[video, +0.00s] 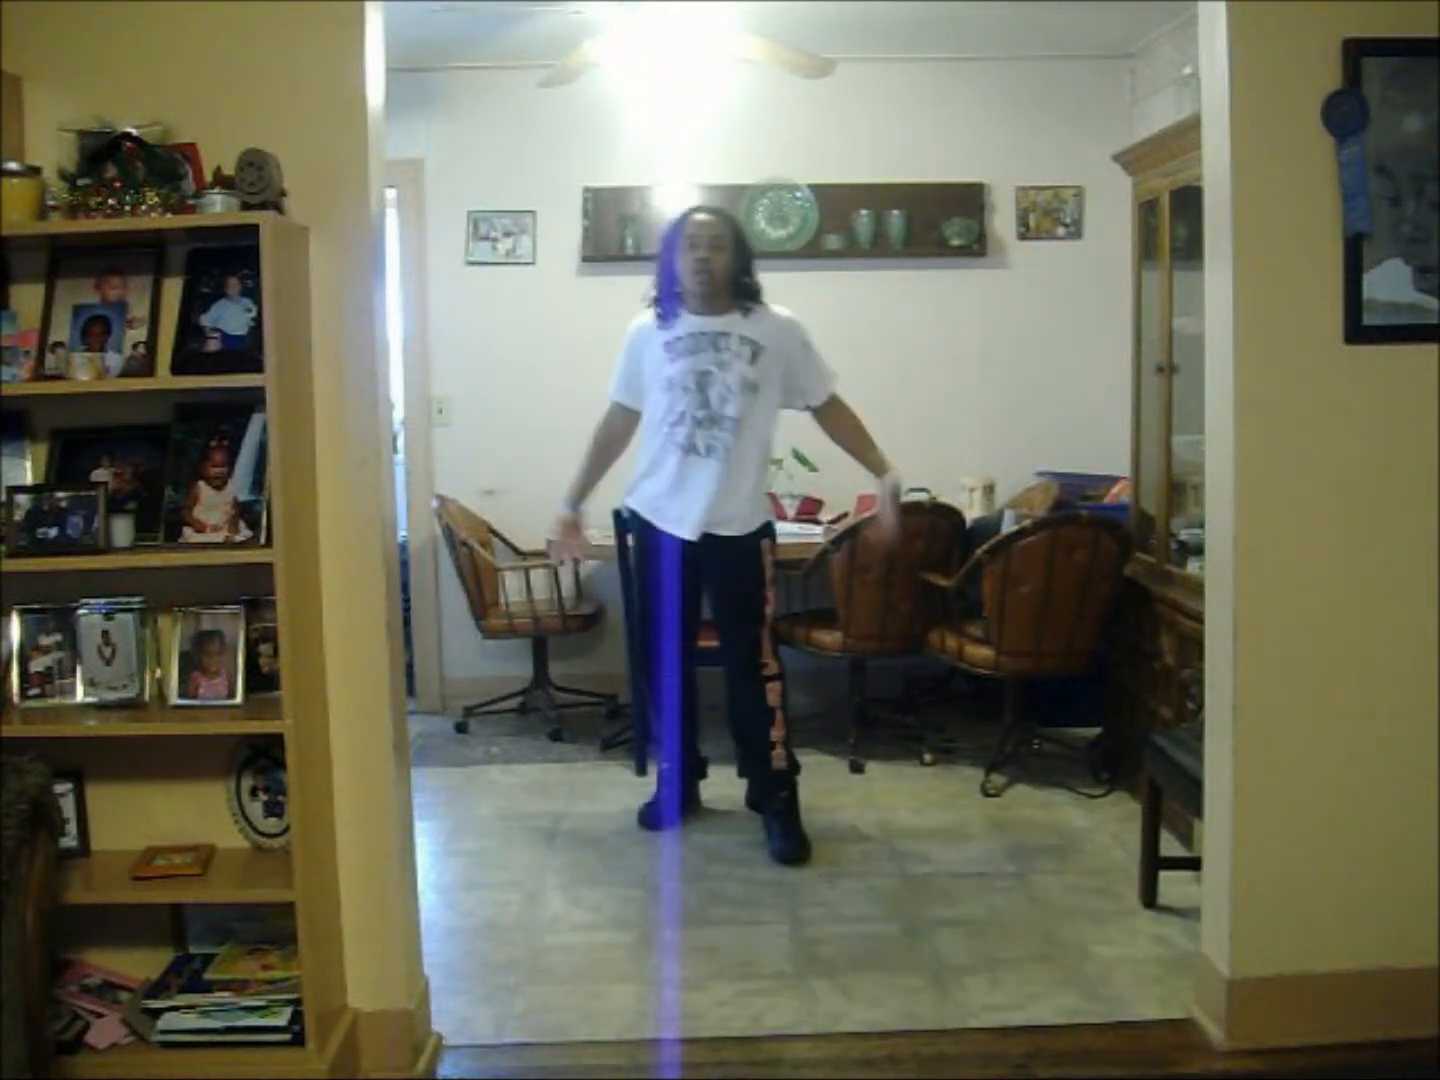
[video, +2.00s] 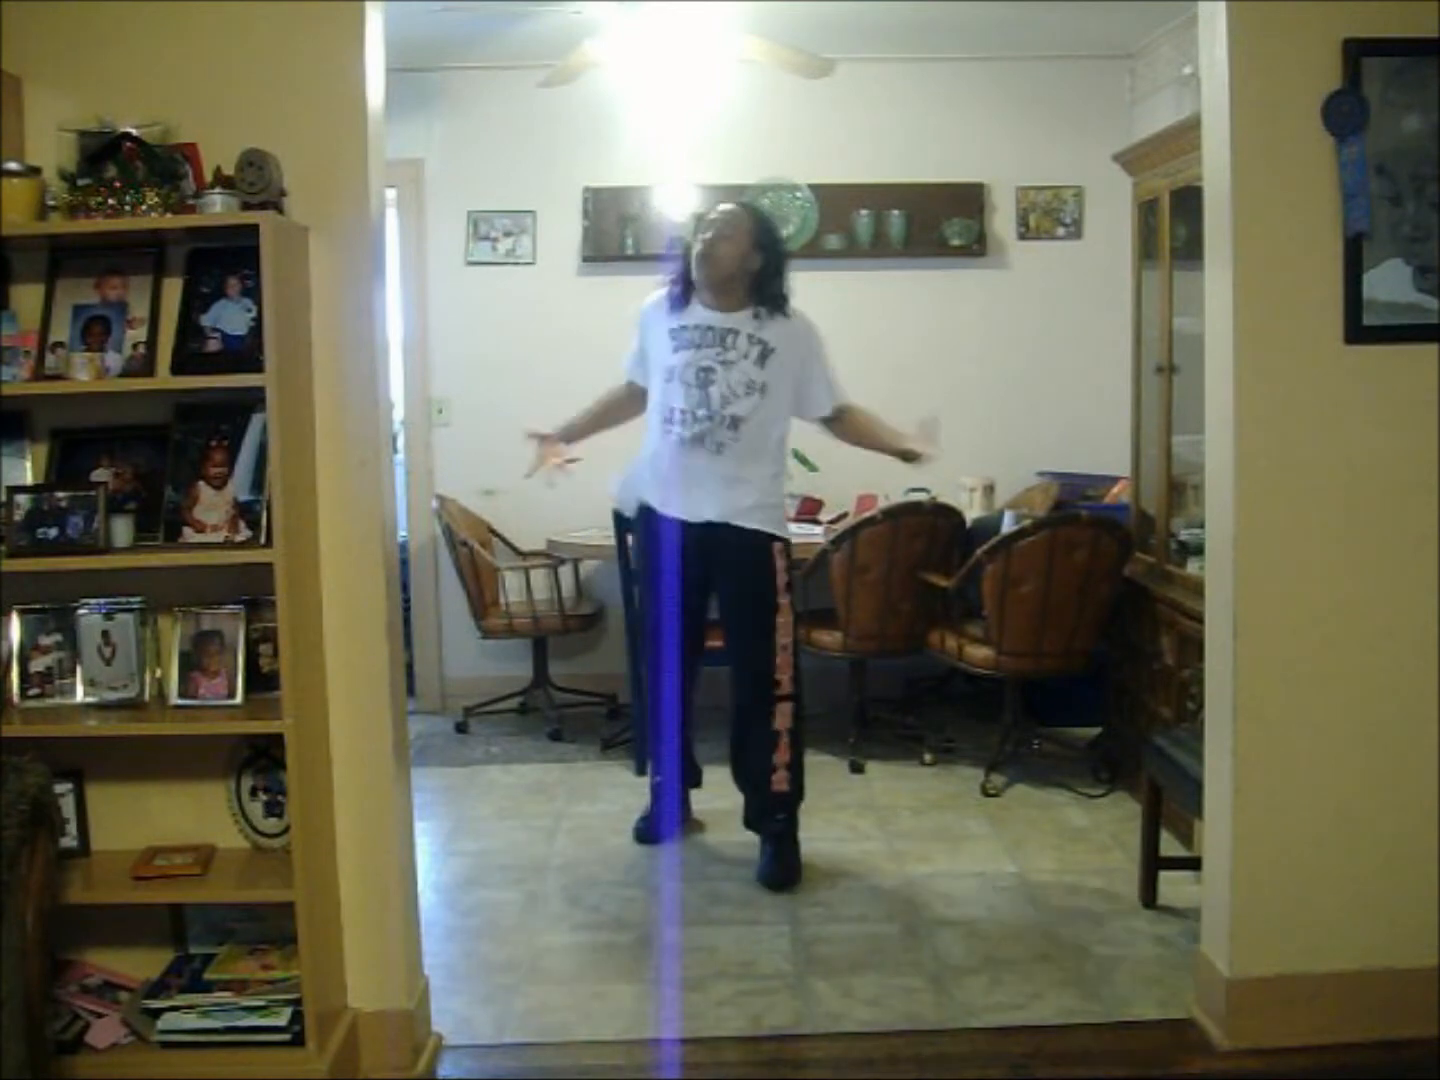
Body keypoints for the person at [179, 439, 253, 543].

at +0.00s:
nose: (219, 471)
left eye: (223, 466)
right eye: (213, 466)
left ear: (230, 469)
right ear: (204, 468)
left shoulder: (232, 488)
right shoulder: (200, 487)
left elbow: (237, 511)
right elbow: (186, 511)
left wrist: (232, 531)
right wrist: (201, 526)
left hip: (225, 534)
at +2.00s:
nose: (219, 472)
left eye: (224, 467)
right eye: (214, 466)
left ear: (230, 469)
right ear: (203, 468)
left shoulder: (231, 488)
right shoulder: (199, 488)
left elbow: (236, 509)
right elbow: (186, 511)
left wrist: (234, 523)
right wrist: (199, 525)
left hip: (225, 533)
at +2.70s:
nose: (219, 472)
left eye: (223, 467)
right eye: (214, 466)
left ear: (230, 469)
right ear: (203, 468)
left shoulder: (231, 488)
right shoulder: (199, 489)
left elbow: (236, 509)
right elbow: (186, 511)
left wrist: (234, 524)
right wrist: (199, 526)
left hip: (225, 534)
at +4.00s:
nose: (219, 472)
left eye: (224, 467)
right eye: (214, 467)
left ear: (230, 470)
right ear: (203, 468)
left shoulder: (231, 489)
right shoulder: (199, 488)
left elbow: (236, 510)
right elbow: (186, 511)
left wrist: (234, 524)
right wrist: (199, 526)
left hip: (225, 534)